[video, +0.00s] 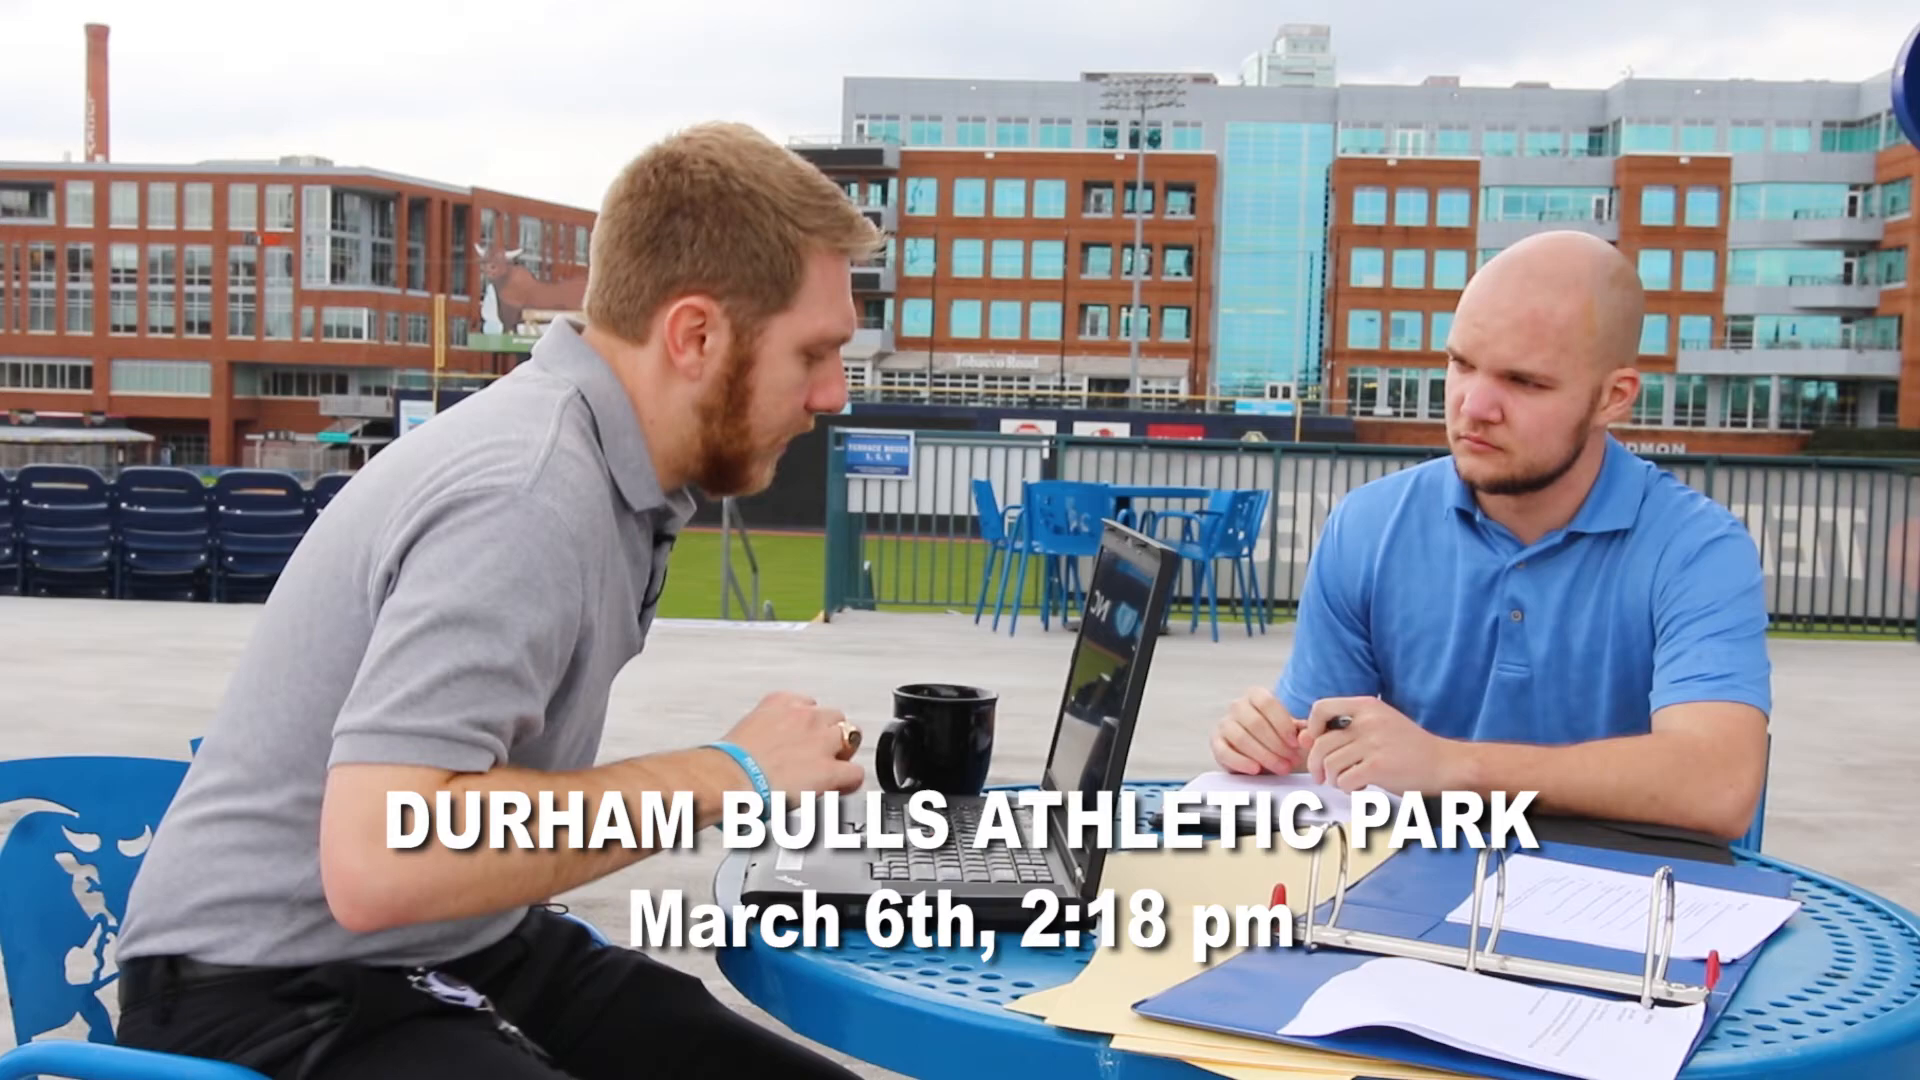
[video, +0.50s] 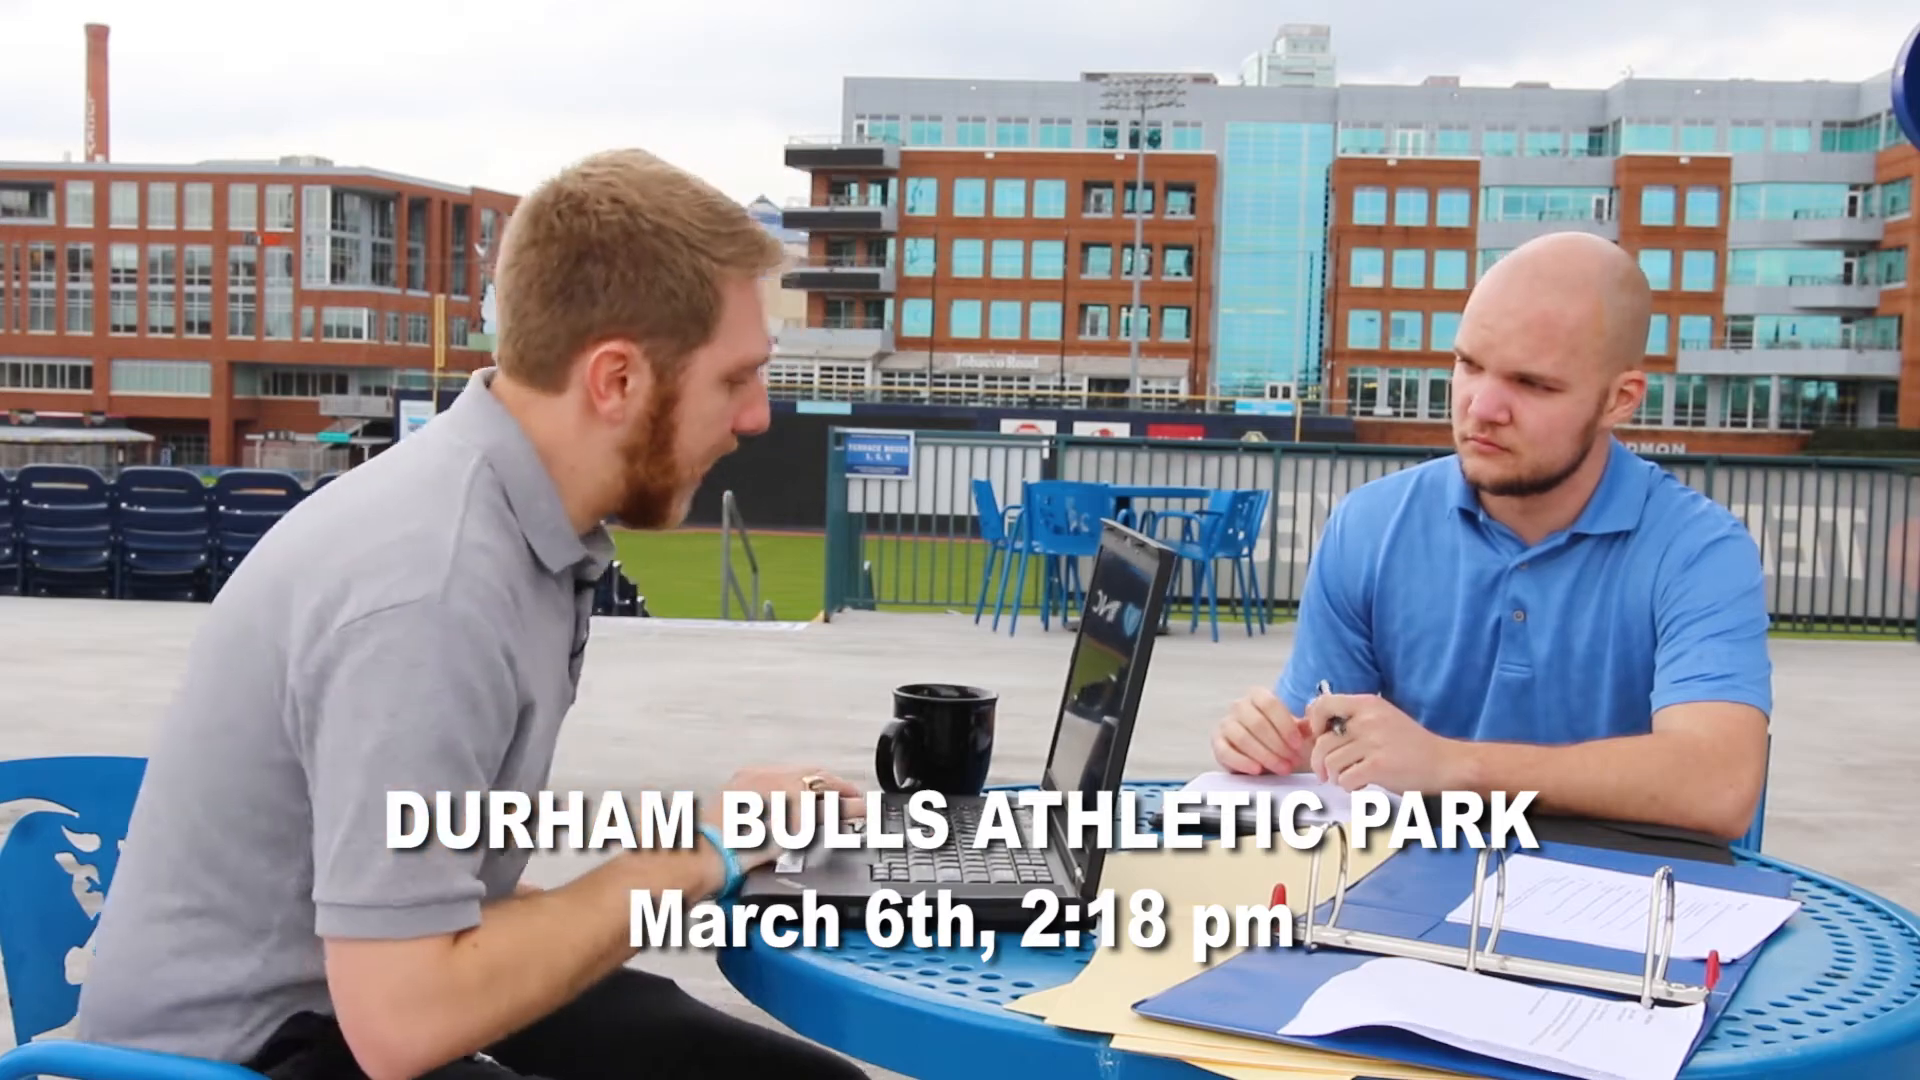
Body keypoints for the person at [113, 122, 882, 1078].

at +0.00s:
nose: (837, 397)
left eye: (838, 356)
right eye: (817, 355)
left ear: (683, 339)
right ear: (692, 337)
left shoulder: (591, 463)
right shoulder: (525, 493)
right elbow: (383, 869)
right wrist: (732, 774)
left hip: (464, 944)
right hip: (280, 993)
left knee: (802, 1064)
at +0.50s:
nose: (758, 421)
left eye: (758, 381)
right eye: (739, 383)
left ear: (612, 383)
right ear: (616, 382)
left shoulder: (513, 519)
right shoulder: (426, 585)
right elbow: (402, 1021)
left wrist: (690, 827)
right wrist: (693, 850)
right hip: (241, 1042)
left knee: (829, 1072)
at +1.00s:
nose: (665, 405)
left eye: (658, 361)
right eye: (637, 366)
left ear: (505, 390)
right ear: (506, 385)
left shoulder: (503, 516)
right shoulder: (301, 626)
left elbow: (576, 631)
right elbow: (370, 1030)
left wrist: (508, 837)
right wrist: (689, 852)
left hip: (407, 953)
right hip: (212, 1041)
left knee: (814, 1072)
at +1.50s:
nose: (700, 420)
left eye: (693, 380)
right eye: (672, 385)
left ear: (548, 404)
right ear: (547, 401)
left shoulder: (472, 510)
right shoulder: (361, 649)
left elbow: (536, 636)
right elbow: (379, 1050)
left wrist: (487, 836)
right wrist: (691, 857)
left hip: (374, 964)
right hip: (218, 1046)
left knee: (808, 1074)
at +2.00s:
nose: (698, 422)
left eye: (693, 382)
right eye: (675, 388)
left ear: (544, 409)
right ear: (554, 406)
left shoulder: (473, 514)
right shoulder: (354, 667)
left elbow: (515, 652)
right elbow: (406, 1054)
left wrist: (479, 832)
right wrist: (699, 852)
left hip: (382, 953)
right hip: (217, 1044)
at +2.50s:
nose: (694, 402)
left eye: (688, 365)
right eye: (674, 369)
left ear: (562, 389)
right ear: (565, 389)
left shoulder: (464, 526)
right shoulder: (365, 642)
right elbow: (404, 1047)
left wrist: (467, 857)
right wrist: (690, 860)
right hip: (212, 1048)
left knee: (803, 1063)